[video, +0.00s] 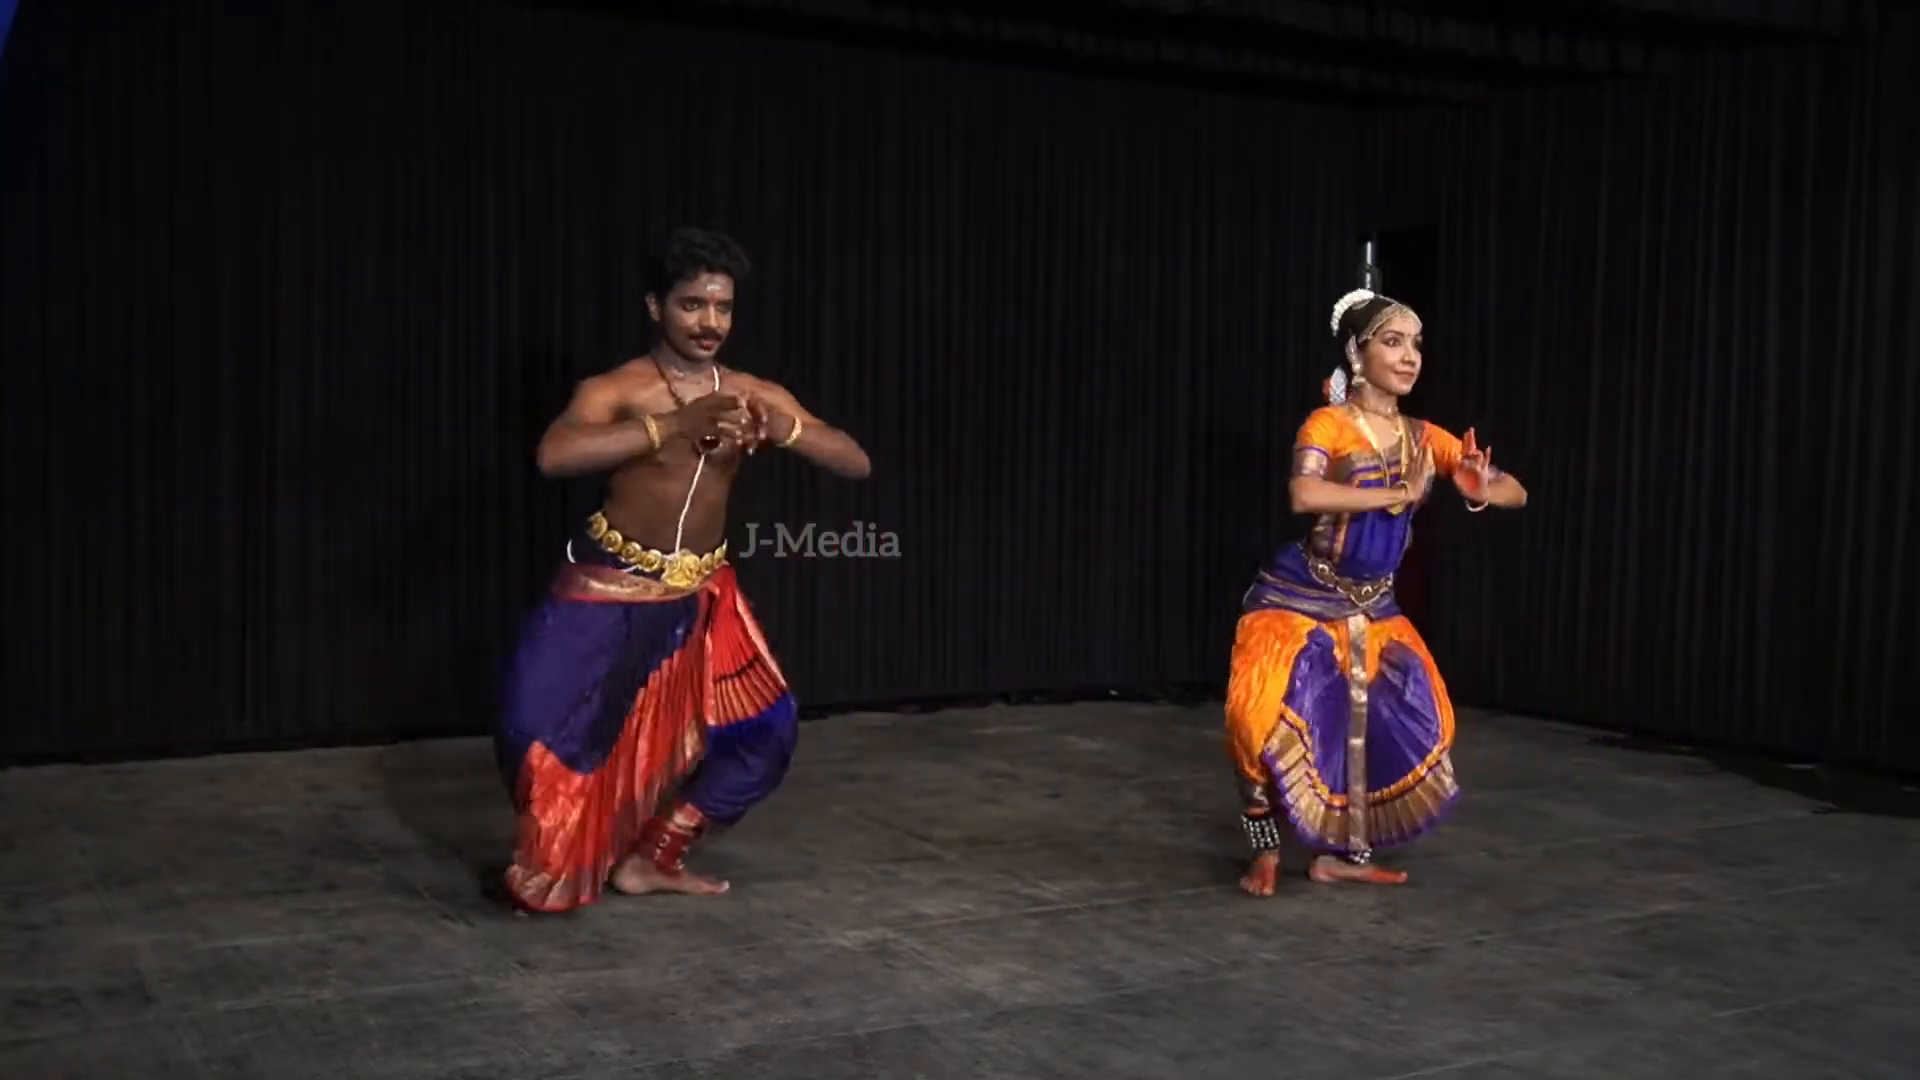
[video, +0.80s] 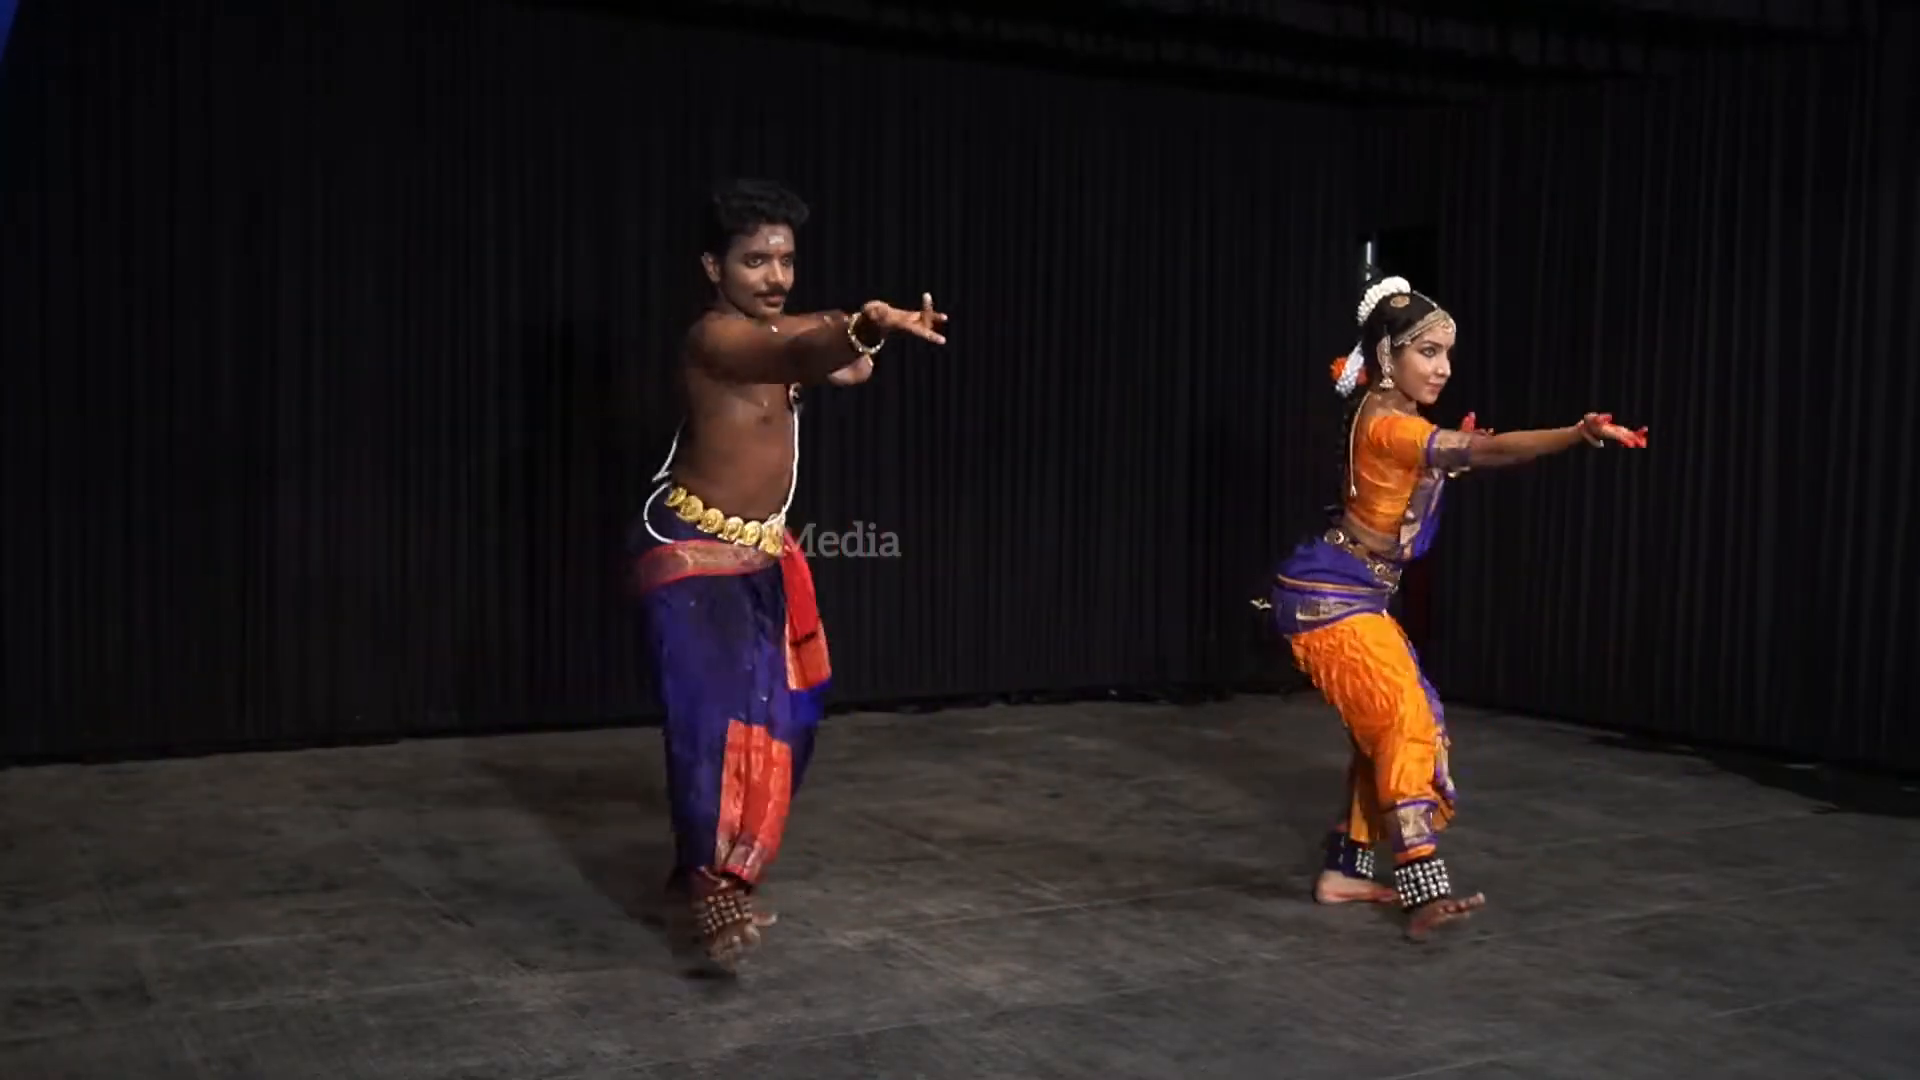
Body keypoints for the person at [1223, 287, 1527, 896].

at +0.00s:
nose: (1410, 355)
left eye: (1416, 344)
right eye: (1394, 342)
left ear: (1421, 357)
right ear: (1358, 354)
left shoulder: (1426, 438)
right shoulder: (1327, 424)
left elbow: (1517, 492)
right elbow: (1304, 494)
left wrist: (1489, 487)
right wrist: (1389, 496)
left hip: (1373, 609)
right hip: (1295, 600)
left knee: (1412, 714)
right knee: (1251, 709)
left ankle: (1341, 851)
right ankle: (1265, 847)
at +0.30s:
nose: (1404, 373)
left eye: (1410, 359)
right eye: (1390, 357)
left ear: (1411, 365)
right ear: (1351, 364)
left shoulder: (1383, 435)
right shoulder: (1330, 433)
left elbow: (1432, 489)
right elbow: (1374, 518)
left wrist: (1464, 485)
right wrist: (1464, 497)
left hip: (1335, 609)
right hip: (1277, 610)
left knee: (1374, 715)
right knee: (1293, 741)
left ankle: (1337, 852)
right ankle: (1268, 858)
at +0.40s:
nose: (1415, 375)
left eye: (1420, 361)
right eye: (1402, 359)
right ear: (1359, 363)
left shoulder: (1366, 418)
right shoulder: (1353, 432)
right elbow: (1460, 462)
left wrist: (1405, 453)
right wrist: (1548, 445)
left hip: (1334, 609)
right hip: (1287, 611)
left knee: (1383, 736)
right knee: (1328, 765)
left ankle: (1338, 869)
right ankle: (1262, 838)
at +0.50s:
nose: (1429, 380)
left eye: (1432, 367)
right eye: (1416, 365)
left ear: (1376, 369)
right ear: (1372, 369)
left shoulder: (1349, 414)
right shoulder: (1382, 442)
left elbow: (1305, 425)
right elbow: (1478, 440)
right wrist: (1575, 429)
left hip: (1330, 611)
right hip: (1309, 614)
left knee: (1400, 743)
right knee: (1391, 743)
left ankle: (1343, 872)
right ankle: (1277, 827)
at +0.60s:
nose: (1437, 384)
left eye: (1439, 370)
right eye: (1423, 369)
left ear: (1376, 378)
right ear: (1380, 374)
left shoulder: (1351, 421)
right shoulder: (1394, 446)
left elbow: (1320, 426)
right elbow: (1493, 441)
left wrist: (1341, 397)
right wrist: (1594, 434)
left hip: (1306, 601)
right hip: (1324, 609)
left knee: (1366, 721)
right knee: (1423, 708)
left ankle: (1345, 866)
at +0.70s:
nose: (1442, 380)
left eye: (1445, 366)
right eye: (1428, 365)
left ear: (1386, 370)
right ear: (1385, 371)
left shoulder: (1369, 421)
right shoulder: (1397, 441)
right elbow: (1495, 444)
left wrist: (1359, 386)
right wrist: (1595, 439)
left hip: (1323, 597)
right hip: (1334, 604)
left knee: (1377, 726)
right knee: (1413, 713)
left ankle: (1347, 870)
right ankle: (1426, 892)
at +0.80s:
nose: (1442, 367)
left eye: (1447, 353)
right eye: (1429, 352)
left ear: (1442, 353)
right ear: (1387, 358)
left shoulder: (1388, 411)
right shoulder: (1388, 426)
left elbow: (1411, 455)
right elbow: (1481, 450)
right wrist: (1576, 434)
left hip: (1350, 594)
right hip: (1336, 597)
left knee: (1395, 720)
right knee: (1408, 718)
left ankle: (1349, 868)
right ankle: (1423, 889)